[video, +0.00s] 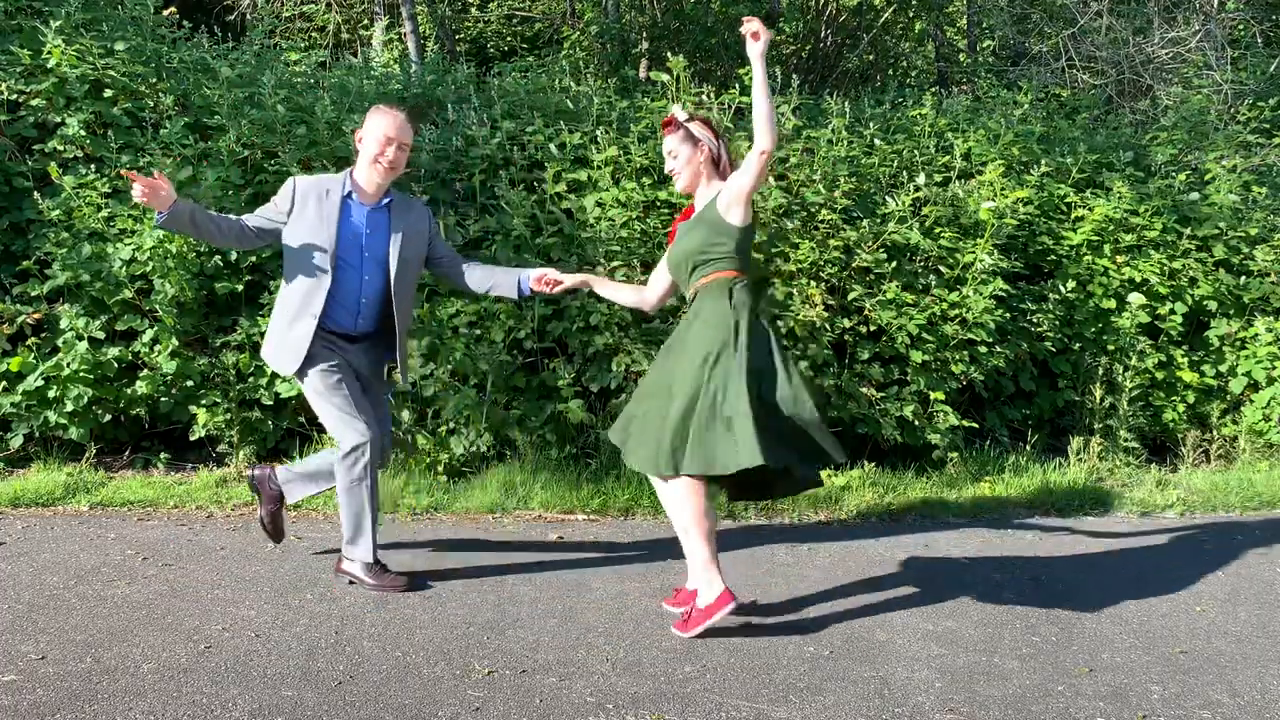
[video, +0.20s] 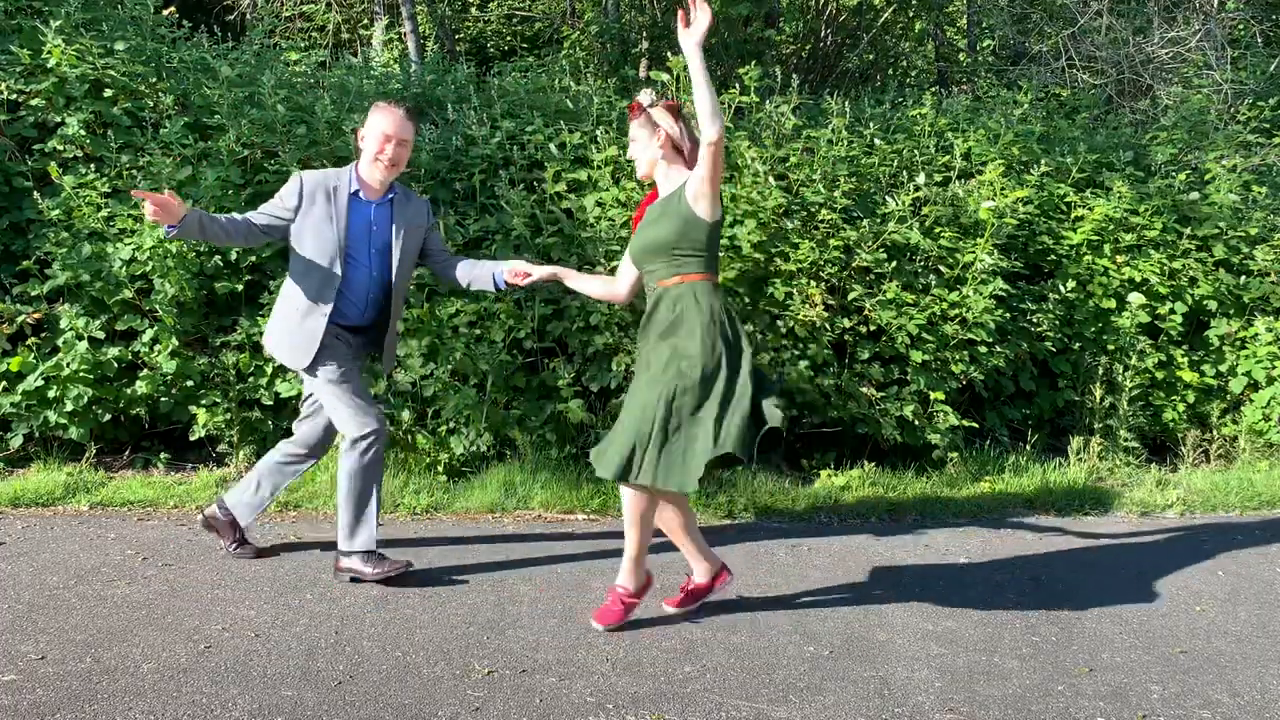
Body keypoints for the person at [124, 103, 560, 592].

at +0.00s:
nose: (394, 154)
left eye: (403, 147)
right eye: (386, 142)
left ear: (409, 155)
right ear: (359, 141)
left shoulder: (416, 217)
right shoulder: (305, 194)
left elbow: (460, 271)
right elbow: (242, 232)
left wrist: (526, 280)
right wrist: (174, 209)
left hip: (370, 350)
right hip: (312, 343)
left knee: (376, 451)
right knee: (360, 440)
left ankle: (277, 481)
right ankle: (360, 559)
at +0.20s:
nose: (389, 151)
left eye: (400, 143)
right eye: (381, 139)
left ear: (411, 152)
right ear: (360, 139)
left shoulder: (415, 211)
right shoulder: (312, 189)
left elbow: (448, 265)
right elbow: (249, 227)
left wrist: (502, 272)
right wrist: (185, 218)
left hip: (360, 342)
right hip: (312, 334)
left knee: (308, 440)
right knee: (366, 429)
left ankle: (229, 512)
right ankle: (357, 552)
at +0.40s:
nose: (409, 162)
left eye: (419, 154)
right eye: (400, 151)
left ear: (430, 162)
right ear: (381, 154)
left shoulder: (434, 221)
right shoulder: (337, 209)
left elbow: (441, 281)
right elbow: (283, 256)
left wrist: (476, 291)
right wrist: (225, 257)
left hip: (382, 356)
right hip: (340, 350)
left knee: (328, 444)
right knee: (398, 441)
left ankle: (232, 507)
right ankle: (374, 549)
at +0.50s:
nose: (429, 151)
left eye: (439, 143)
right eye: (419, 141)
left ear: (450, 150)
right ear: (400, 145)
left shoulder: (454, 213)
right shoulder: (359, 203)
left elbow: (458, 276)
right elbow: (315, 256)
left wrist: (484, 283)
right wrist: (263, 272)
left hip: (412, 349)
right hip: (364, 343)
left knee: (400, 454)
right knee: (402, 443)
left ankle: (296, 488)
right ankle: (375, 548)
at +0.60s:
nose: (456, 138)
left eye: (462, 129)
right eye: (446, 128)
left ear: (470, 139)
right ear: (422, 137)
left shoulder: (475, 202)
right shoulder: (382, 193)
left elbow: (479, 268)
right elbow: (347, 248)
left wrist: (515, 274)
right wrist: (311, 269)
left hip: (439, 343)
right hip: (386, 339)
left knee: (449, 439)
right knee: (407, 440)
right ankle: (375, 550)